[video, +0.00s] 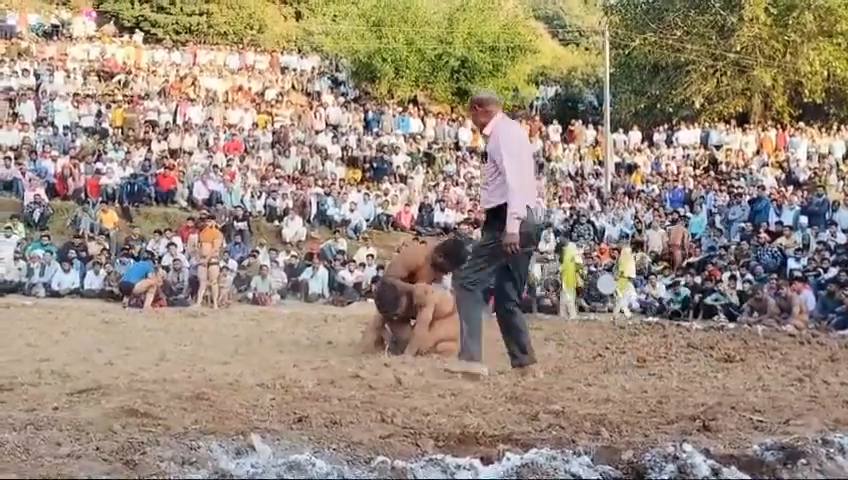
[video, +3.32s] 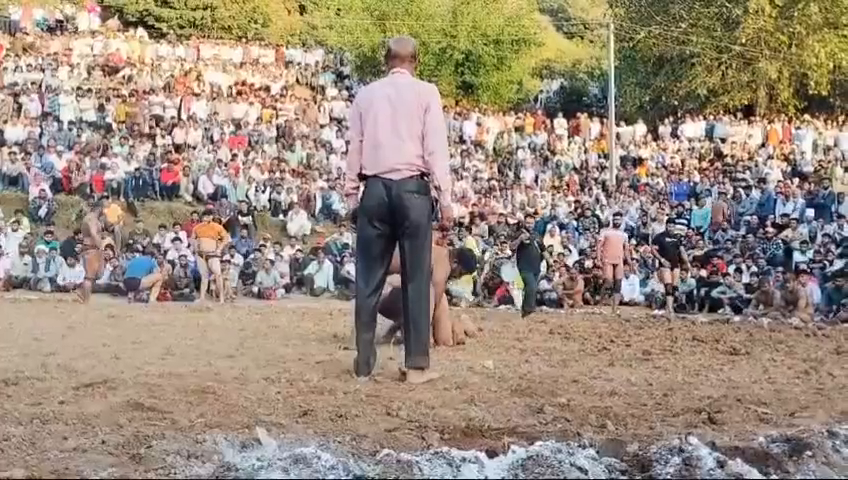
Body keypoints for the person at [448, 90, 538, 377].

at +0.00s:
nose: (472, 120)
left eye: (472, 114)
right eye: (471, 115)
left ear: (482, 109)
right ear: (491, 108)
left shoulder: (504, 131)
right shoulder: (507, 130)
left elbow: (517, 178)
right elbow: (518, 179)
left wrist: (513, 224)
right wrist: (492, 218)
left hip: (506, 219)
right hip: (525, 220)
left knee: (466, 281)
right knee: (506, 296)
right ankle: (524, 361)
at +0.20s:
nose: (437, 123)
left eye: (436, 117)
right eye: (436, 117)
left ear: (445, 113)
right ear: (461, 110)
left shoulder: (458, 136)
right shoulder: (488, 132)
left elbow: (473, 181)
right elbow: (497, 179)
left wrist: (476, 226)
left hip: (475, 220)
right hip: (503, 220)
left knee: (442, 286)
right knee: (498, 295)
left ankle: (431, 359)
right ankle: (521, 359)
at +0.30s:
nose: (420, 127)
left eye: (418, 121)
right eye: (418, 122)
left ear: (424, 115)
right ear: (442, 110)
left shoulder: (438, 135)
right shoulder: (472, 130)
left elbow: (447, 183)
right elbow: (488, 175)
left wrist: (445, 228)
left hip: (467, 211)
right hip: (493, 212)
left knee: (431, 289)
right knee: (494, 292)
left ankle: (430, 359)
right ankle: (520, 355)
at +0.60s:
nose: (390, 116)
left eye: (389, 111)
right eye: (388, 112)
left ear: (394, 105)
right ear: (414, 98)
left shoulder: (405, 127)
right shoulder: (454, 118)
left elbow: (406, 171)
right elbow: (477, 164)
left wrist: (409, 216)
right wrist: (476, 191)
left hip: (439, 204)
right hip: (473, 203)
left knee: (428, 284)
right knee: (468, 282)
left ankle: (432, 359)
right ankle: (482, 345)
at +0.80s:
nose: (390, 107)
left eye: (388, 103)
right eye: (388, 102)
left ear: (393, 97)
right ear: (417, 90)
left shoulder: (398, 120)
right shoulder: (454, 110)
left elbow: (400, 169)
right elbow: (474, 157)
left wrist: (402, 215)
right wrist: (480, 189)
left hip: (425, 198)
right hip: (462, 198)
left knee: (422, 278)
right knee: (452, 282)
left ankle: (430, 347)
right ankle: (435, 347)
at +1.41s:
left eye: (404, 71)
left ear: (402, 73)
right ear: (429, 69)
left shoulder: (390, 101)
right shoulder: (452, 96)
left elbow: (376, 151)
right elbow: (464, 148)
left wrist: (369, 197)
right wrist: (475, 195)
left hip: (403, 192)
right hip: (440, 192)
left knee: (397, 275)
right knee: (437, 281)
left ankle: (384, 354)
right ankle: (429, 362)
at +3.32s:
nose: (408, 65)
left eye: (396, 60)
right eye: (412, 60)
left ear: (386, 61)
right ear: (415, 61)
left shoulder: (364, 94)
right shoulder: (427, 92)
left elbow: (354, 146)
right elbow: (436, 148)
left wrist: (351, 190)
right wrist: (445, 199)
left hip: (373, 191)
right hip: (414, 190)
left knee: (368, 279)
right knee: (419, 277)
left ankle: (364, 365)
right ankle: (417, 365)